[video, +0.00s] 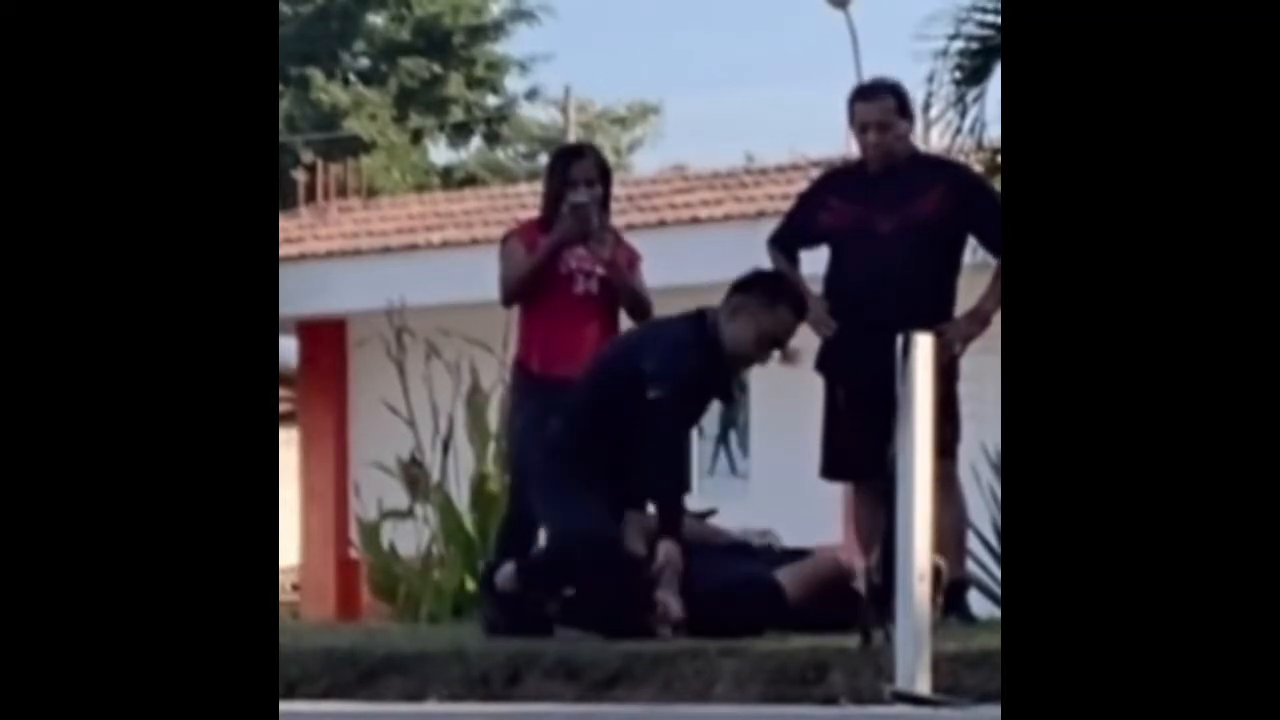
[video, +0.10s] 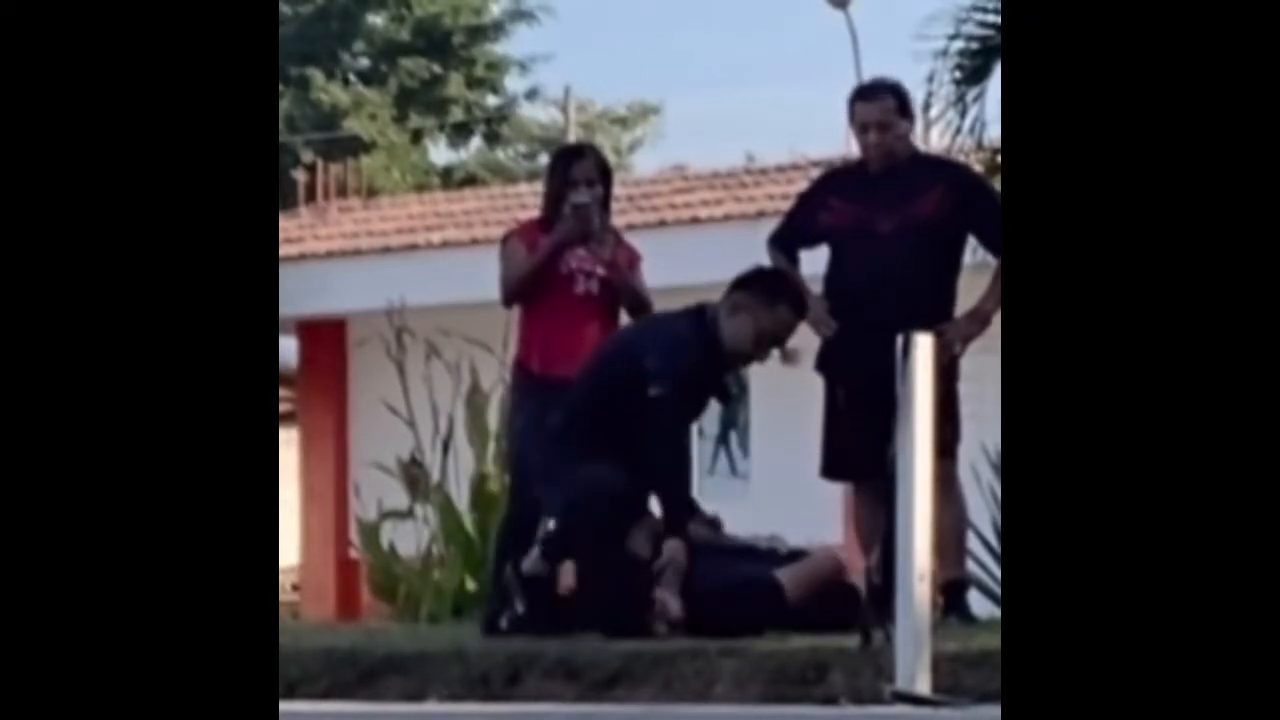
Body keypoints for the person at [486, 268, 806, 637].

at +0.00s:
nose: (767, 357)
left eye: (777, 347)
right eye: (769, 341)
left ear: (739, 312)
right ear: (738, 311)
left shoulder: (707, 357)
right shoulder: (678, 353)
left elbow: (666, 439)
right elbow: (663, 448)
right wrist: (669, 535)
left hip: (613, 471)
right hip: (569, 466)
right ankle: (521, 582)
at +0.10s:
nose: (765, 356)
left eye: (774, 346)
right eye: (767, 341)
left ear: (737, 310)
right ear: (737, 309)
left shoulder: (703, 352)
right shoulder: (677, 349)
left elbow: (667, 439)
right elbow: (663, 443)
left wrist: (685, 514)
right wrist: (675, 528)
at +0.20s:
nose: (761, 354)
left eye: (771, 344)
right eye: (764, 337)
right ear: (734, 308)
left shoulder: (699, 352)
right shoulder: (677, 347)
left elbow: (666, 450)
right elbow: (666, 451)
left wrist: (690, 524)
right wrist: (696, 520)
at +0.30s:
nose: (758, 350)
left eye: (767, 340)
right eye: (761, 334)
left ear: (732, 306)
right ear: (733, 307)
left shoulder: (688, 340)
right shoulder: (675, 343)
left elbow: (671, 448)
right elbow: (670, 450)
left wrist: (694, 526)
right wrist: (702, 525)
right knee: (599, 615)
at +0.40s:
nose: (755, 347)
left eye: (763, 337)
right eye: (757, 331)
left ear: (729, 301)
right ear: (730, 301)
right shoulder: (671, 333)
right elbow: (678, 443)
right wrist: (706, 524)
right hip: (558, 460)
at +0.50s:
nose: (755, 347)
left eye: (764, 337)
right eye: (758, 331)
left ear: (730, 302)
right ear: (731, 303)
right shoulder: (671, 332)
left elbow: (675, 440)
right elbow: (677, 442)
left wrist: (700, 521)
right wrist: (707, 525)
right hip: (558, 460)